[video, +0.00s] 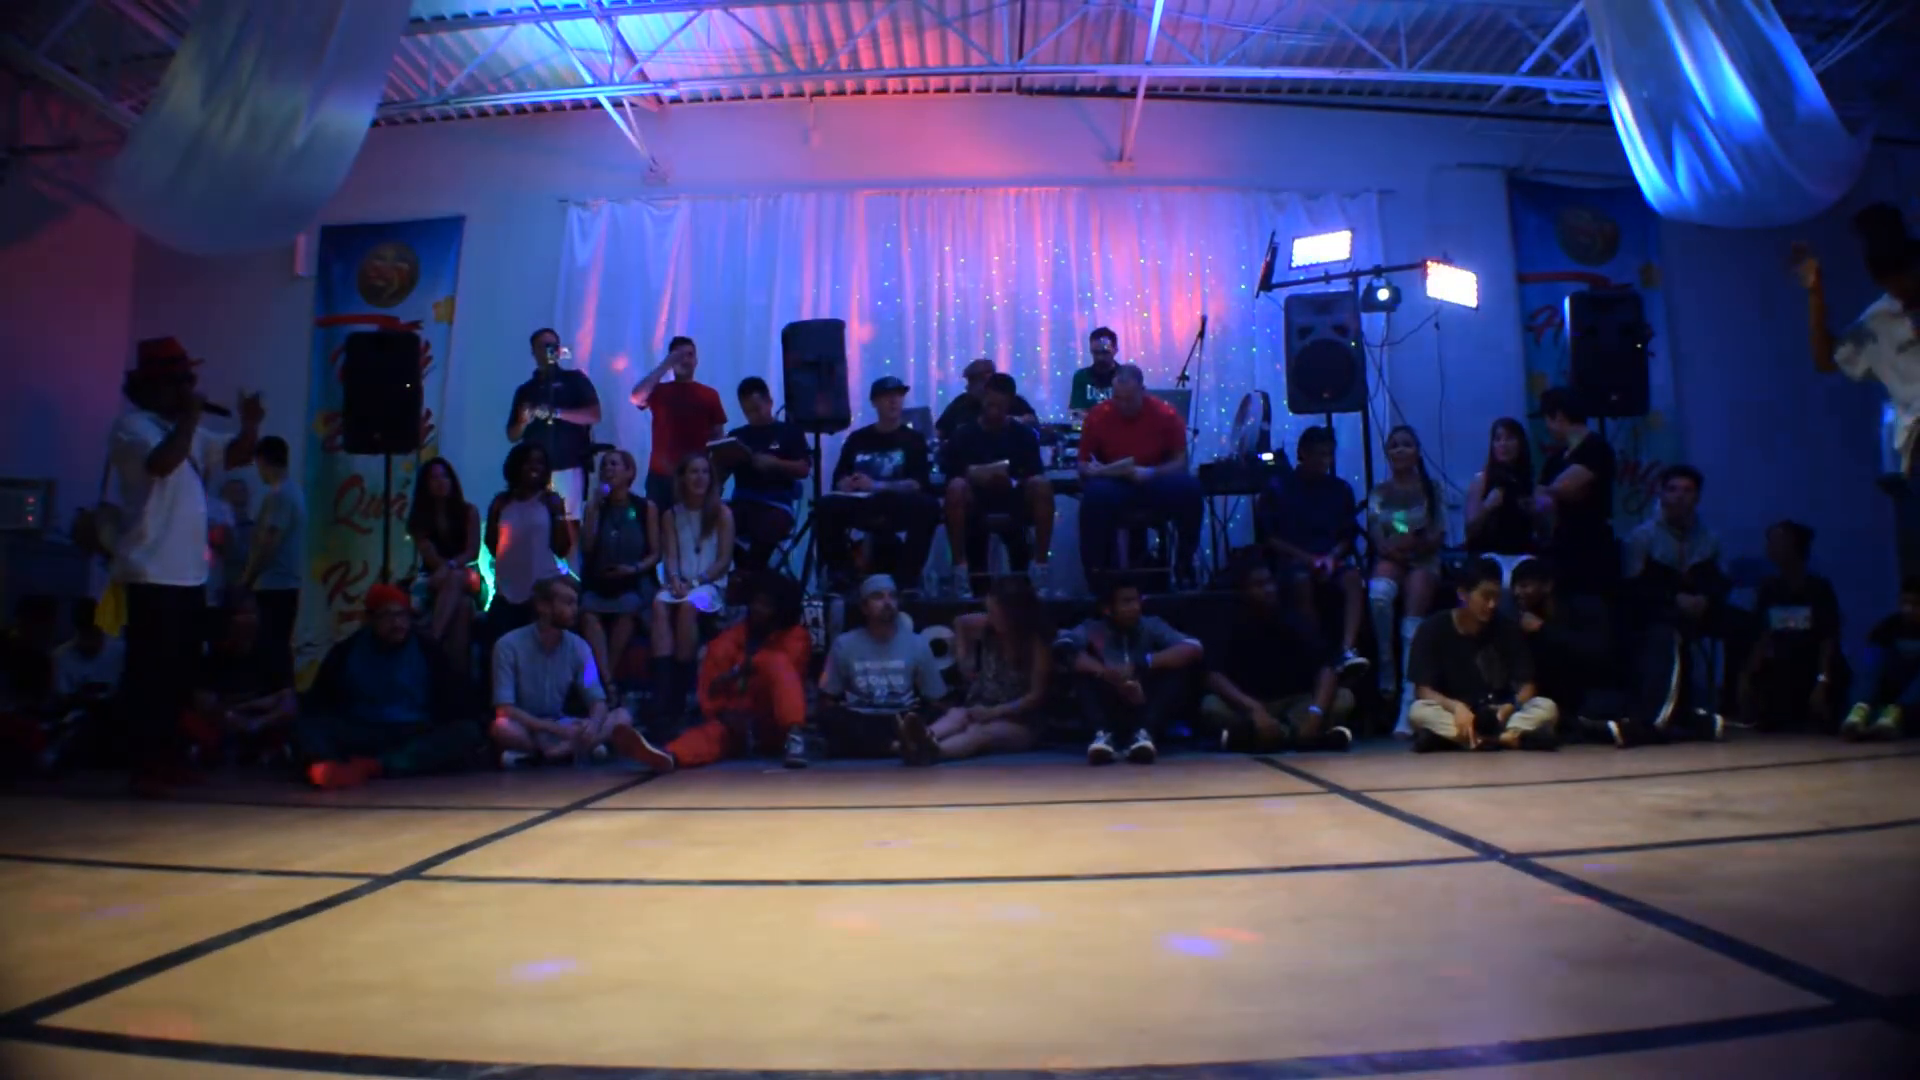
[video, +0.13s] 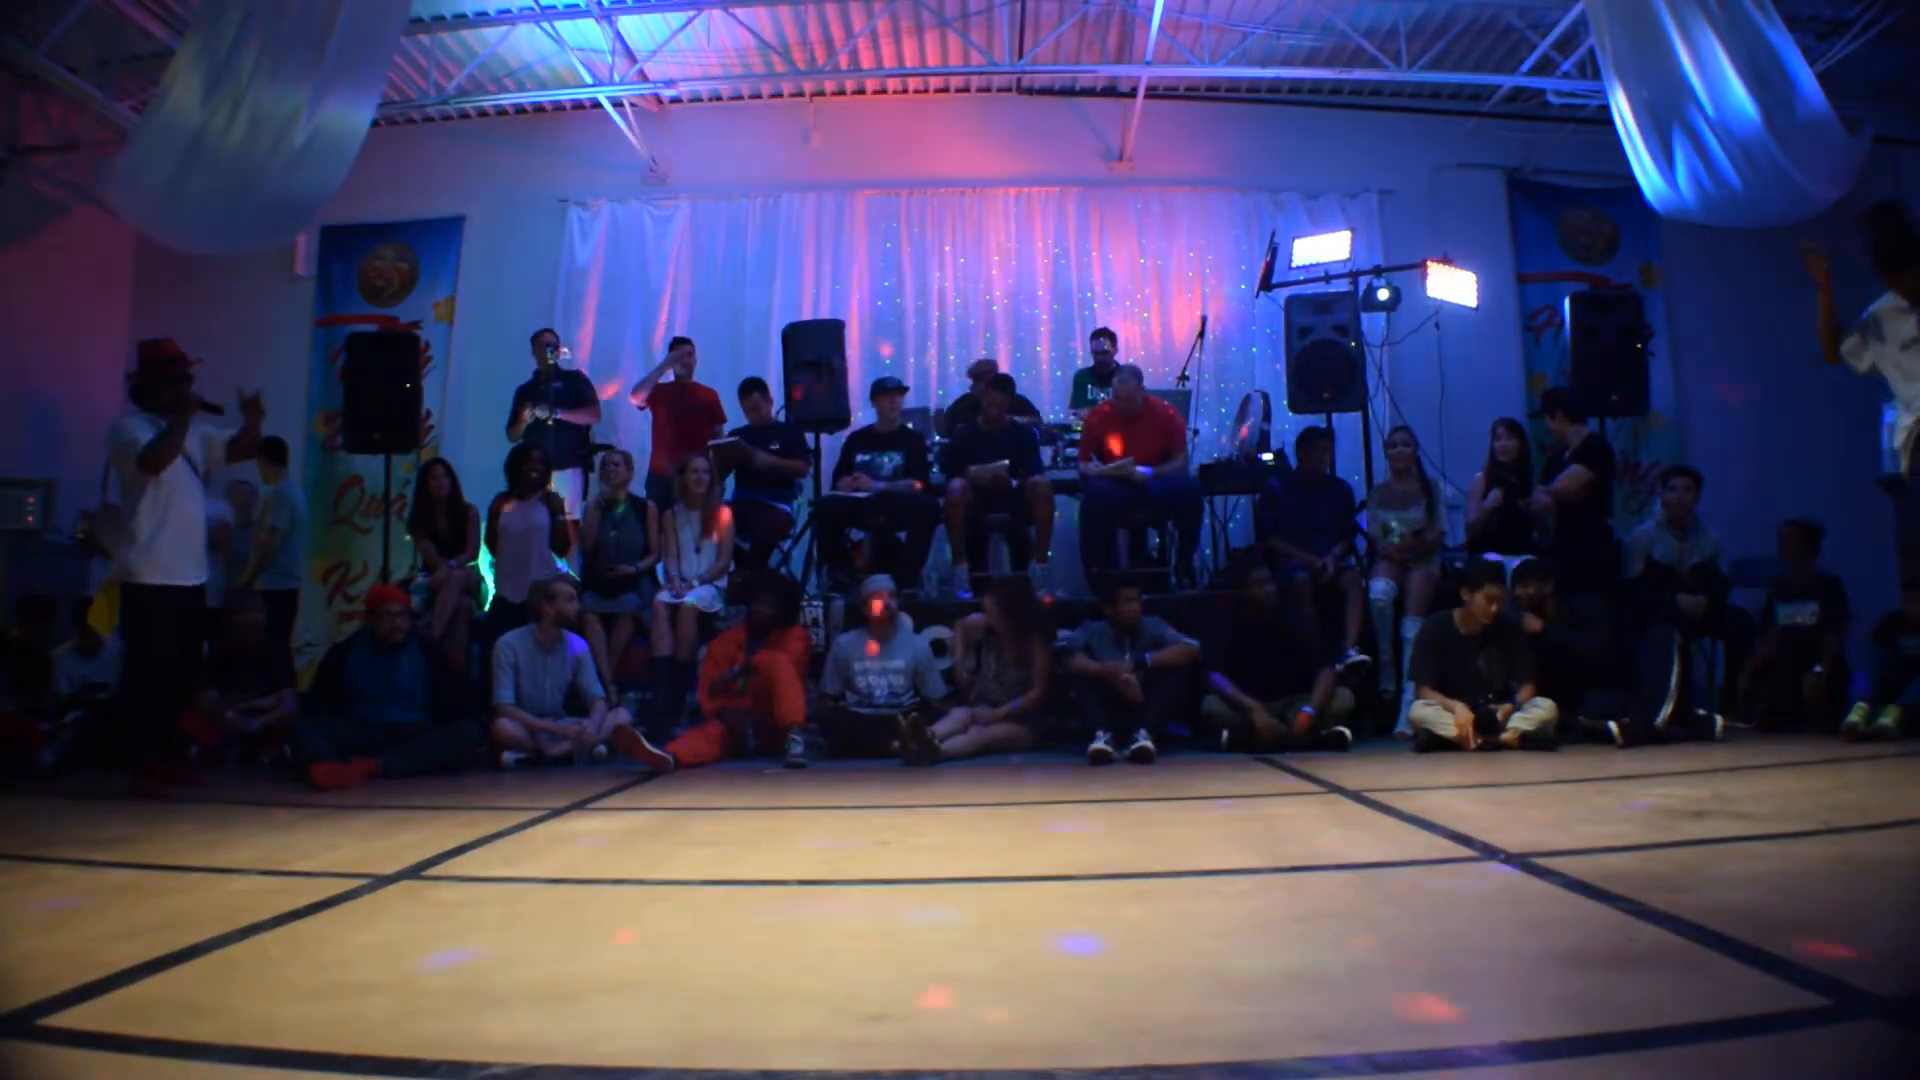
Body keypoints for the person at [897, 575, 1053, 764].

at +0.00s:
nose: (992, 618)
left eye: (996, 611)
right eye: (990, 612)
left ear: (1013, 612)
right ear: (990, 612)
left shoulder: (1035, 644)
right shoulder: (990, 630)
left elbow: (1037, 696)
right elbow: (961, 623)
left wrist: (993, 712)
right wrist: (965, 665)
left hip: (1017, 716)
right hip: (982, 707)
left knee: (981, 733)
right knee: (957, 716)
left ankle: (931, 752)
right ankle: (920, 737)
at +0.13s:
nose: (989, 617)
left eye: (993, 611)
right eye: (987, 611)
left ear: (1010, 611)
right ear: (987, 611)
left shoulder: (1034, 640)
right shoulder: (988, 630)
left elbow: (1038, 692)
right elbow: (962, 627)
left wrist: (996, 714)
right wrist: (961, 671)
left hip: (1019, 715)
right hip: (984, 707)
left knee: (984, 734)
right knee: (960, 715)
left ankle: (931, 752)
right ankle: (925, 737)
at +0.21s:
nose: (986, 619)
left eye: (990, 613)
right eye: (985, 613)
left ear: (1008, 612)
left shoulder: (1033, 639)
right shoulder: (984, 632)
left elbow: (1039, 692)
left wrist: (997, 715)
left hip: (1021, 716)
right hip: (987, 706)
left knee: (978, 735)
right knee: (961, 716)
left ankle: (934, 752)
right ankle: (924, 737)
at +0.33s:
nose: (987, 618)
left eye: (991, 611)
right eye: (986, 612)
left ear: (1008, 610)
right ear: (985, 610)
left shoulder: (1030, 636)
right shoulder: (982, 628)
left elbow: (1037, 690)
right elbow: (962, 640)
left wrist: (998, 715)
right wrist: (956, 682)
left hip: (1023, 715)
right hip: (990, 706)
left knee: (981, 734)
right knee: (960, 715)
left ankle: (931, 752)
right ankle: (925, 737)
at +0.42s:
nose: (987, 617)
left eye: (991, 611)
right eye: (985, 611)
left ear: (1008, 610)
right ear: (985, 609)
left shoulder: (1030, 638)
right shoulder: (980, 626)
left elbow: (1036, 689)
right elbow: (960, 645)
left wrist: (998, 715)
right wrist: (955, 684)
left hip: (1019, 714)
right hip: (986, 705)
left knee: (980, 734)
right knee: (960, 716)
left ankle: (933, 751)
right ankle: (924, 737)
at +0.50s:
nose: (983, 618)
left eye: (988, 612)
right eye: (983, 612)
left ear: (1007, 612)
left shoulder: (1030, 638)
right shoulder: (979, 627)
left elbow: (1036, 690)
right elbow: (959, 647)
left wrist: (996, 714)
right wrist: (954, 684)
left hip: (1021, 713)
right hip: (985, 704)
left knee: (979, 736)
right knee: (961, 715)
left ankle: (934, 752)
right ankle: (922, 738)